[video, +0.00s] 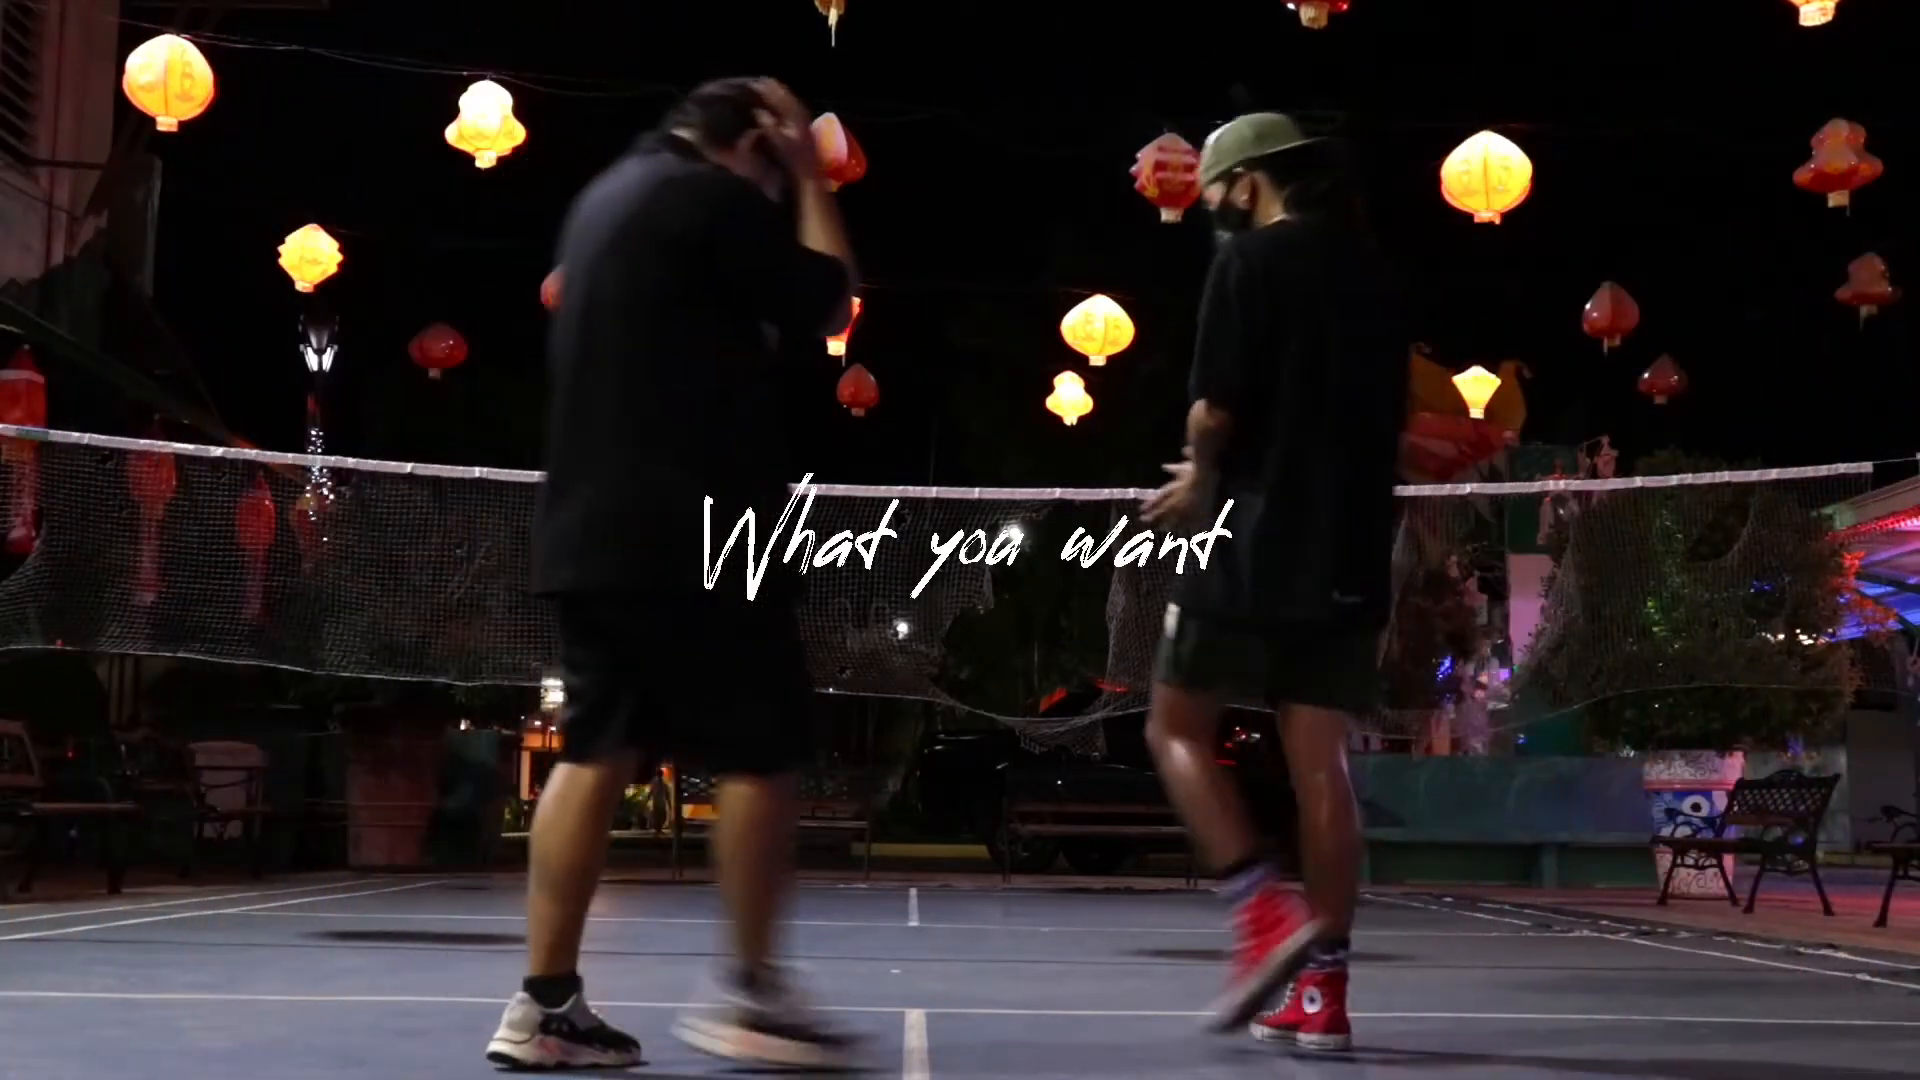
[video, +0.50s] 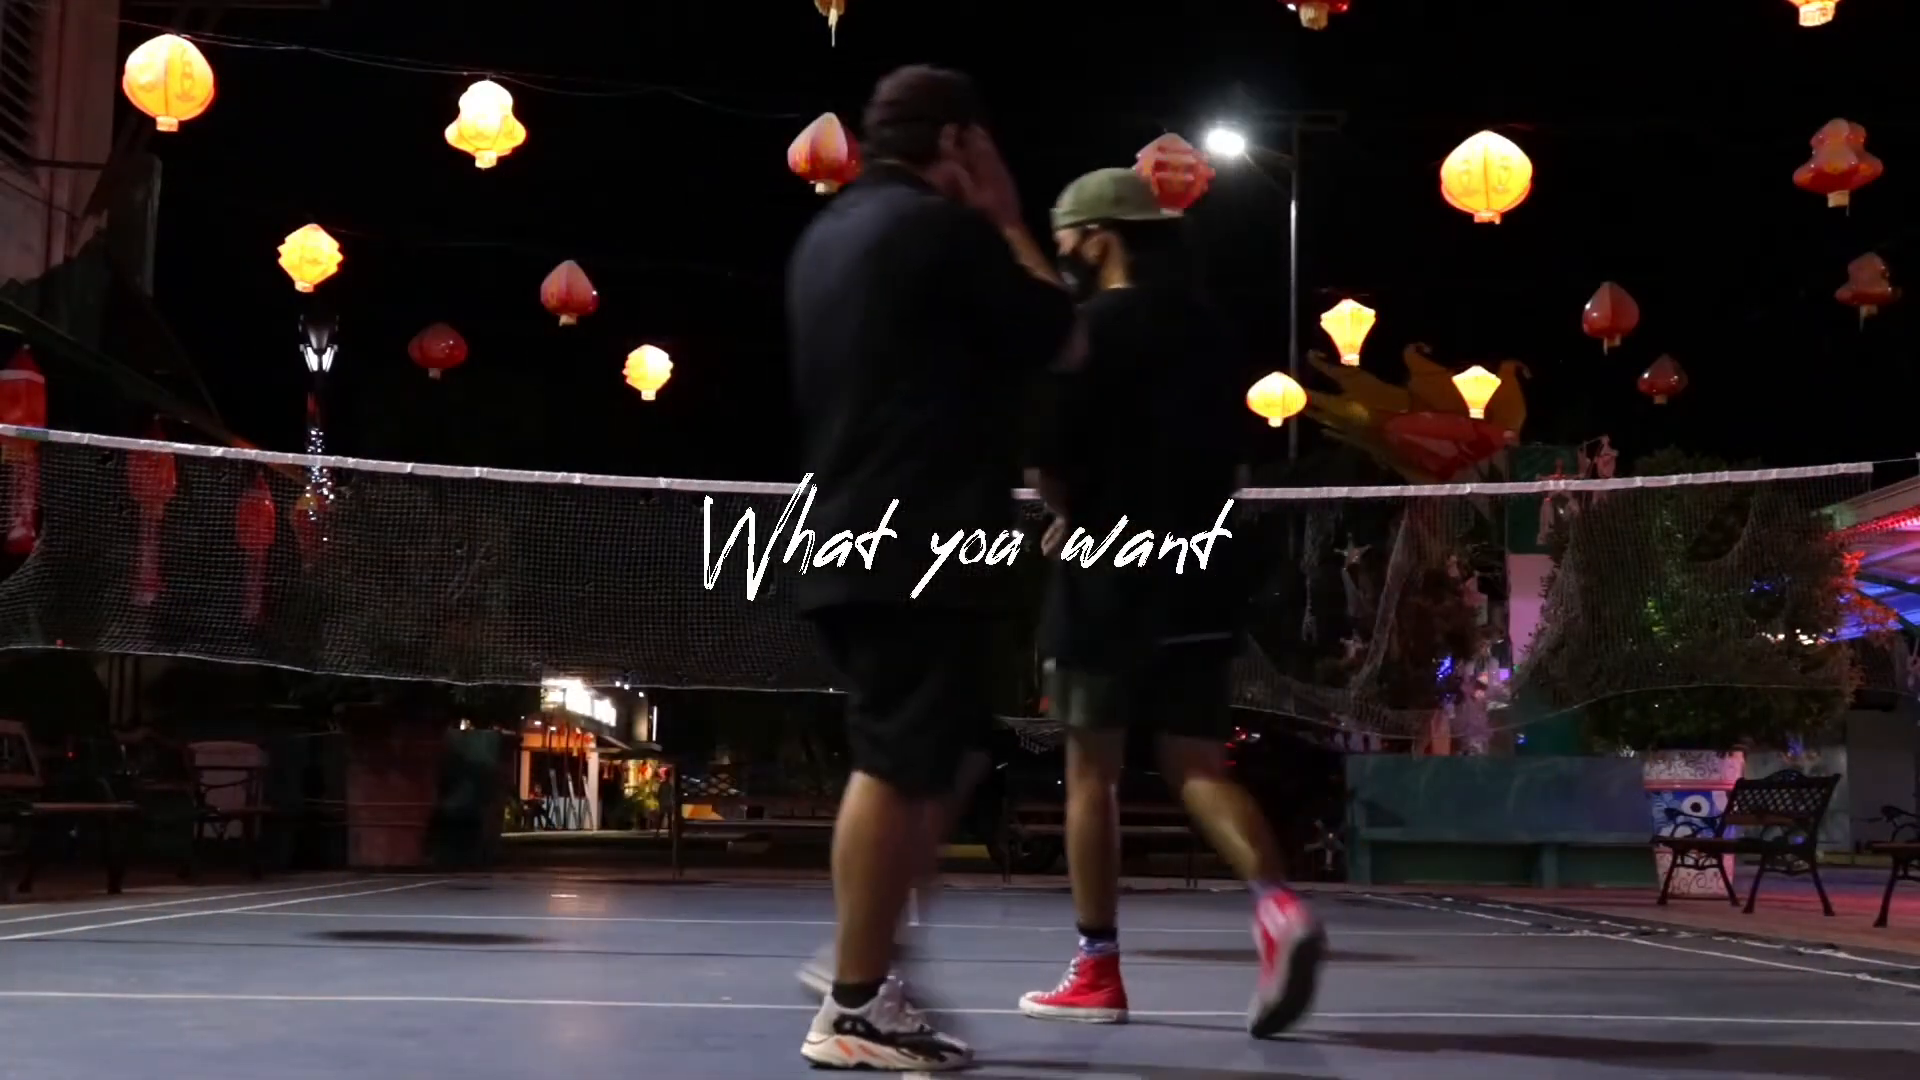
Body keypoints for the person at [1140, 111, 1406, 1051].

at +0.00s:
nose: (1221, 212)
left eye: (1222, 196)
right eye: (1219, 197)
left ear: (1253, 185)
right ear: (1308, 181)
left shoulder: (1247, 259)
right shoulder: (1370, 268)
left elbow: (1215, 410)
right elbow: (1367, 424)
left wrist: (1200, 475)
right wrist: (1206, 481)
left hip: (1254, 544)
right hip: (1348, 553)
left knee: (1177, 730)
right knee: (1322, 760)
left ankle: (1260, 902)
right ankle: (1321, 987)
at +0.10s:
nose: (1192, 225)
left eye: (1194, 209)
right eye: (1189, 211)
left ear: (1227, 197)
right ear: (1272, 195)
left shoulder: (1223, 275)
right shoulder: (1332, 281)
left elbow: (1187, 422)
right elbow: (1327, 423)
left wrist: (1177, 486)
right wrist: (1187, 475)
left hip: (1230, 551)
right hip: (1331, 551)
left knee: (1158, 735)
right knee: (1311, 758)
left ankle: (1168, 961)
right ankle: (1325, 987)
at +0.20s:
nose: (1166, 235)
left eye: (1169, 219)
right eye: (1162, 221)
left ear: (1204, 207)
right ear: (1244, 206)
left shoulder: (1200, 288)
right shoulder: (1306, 286)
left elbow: (1171, 437)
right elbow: (1303, 428)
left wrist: (1164, 498)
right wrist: (1171, 486)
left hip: (1210, 560)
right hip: (1305, 552)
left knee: (1157, 752)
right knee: (1303, 762)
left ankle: (1120, 959)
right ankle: (1320, 984)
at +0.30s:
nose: (1130, 246)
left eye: (1135, 229)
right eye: (1129, 230)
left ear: (1171, 224)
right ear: (1208, 223)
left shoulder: (1164, 309)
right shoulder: (1271, 311)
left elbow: (1137, 455)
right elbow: (1273, 447)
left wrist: (1119, 504)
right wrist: (1132, 497)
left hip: (1178, 578)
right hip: (1273, 572)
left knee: (1139, 768)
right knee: (1285, 773)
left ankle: (1106, 965)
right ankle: (1318, 983)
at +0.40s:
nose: (1100, 256)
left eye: (1104, 241)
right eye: (1099, 242)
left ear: (1138, 235)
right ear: (1179, 233)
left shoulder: (1133, 325)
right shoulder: (1246, 316)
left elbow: (1102, 468)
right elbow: (1255, 455)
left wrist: (1088, 516)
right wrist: (1111, 493)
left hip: (1145, 583)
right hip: (1244, 576)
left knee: (1118, 770)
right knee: (1253, 759)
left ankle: (1097, 969)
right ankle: (1314, 967)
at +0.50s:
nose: (1062, 254)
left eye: (1068, 240)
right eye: (1063, 240)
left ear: (1101, 239)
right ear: (1144, 238)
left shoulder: (1098, 325)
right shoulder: (1207, 323)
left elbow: (1057, 449)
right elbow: (1227, 448)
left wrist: (1073, 512)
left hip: (1105, 570)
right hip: (1200, 566)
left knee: (1089, 766)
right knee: (1195, 762)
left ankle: (1095, 972)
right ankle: (1278, 907)